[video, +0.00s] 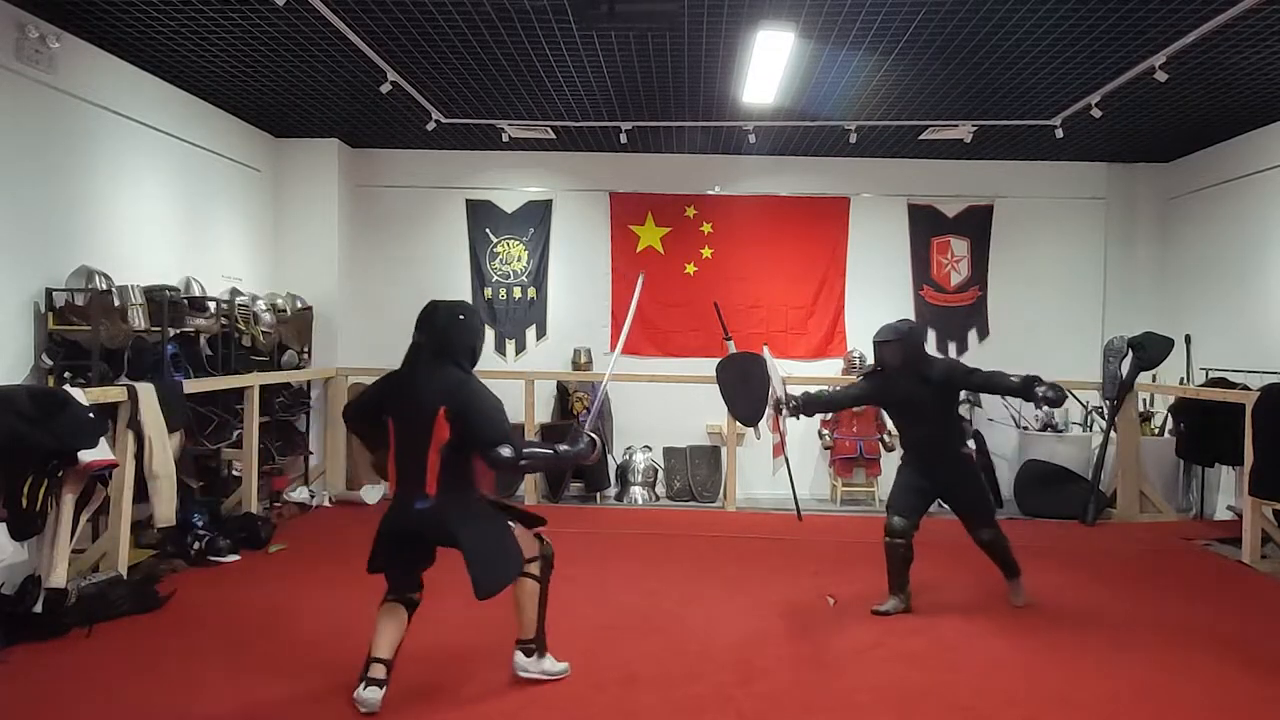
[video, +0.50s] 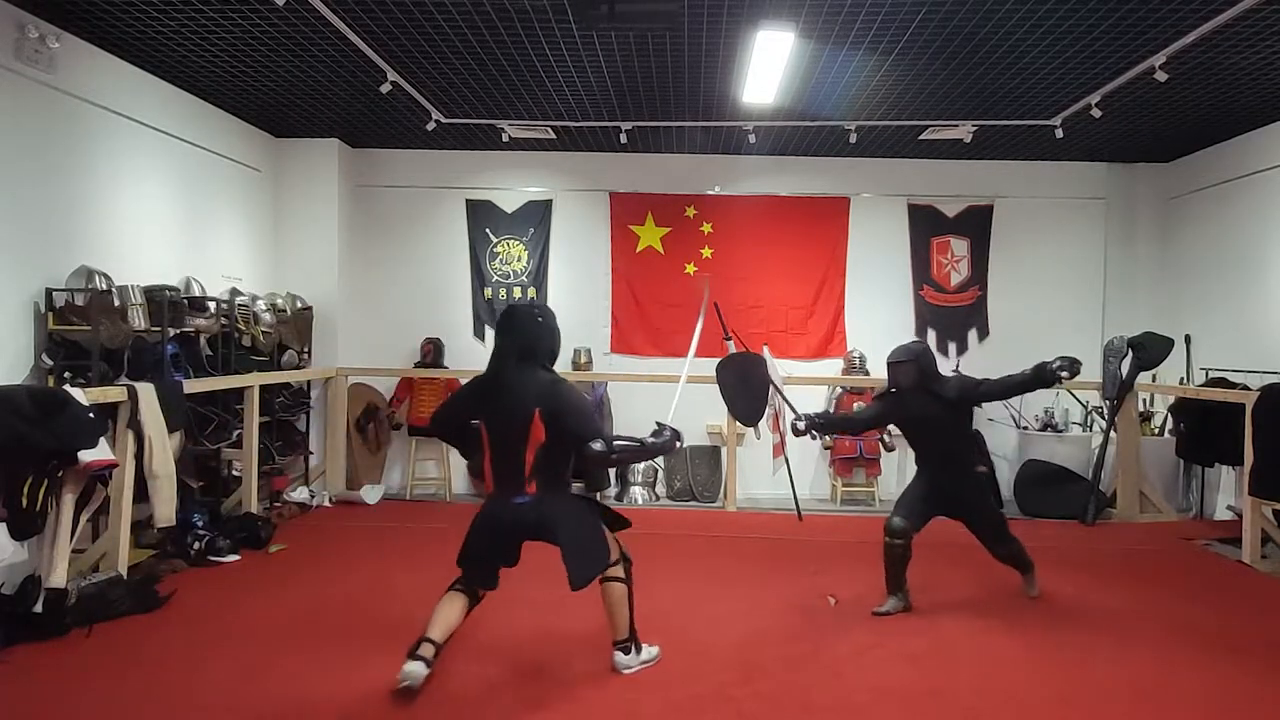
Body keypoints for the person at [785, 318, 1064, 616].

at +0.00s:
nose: (881, 354)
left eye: (887, 348)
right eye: (880, 348)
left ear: (908, 348)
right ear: (881, 351)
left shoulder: (942, 371)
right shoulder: (880, 382)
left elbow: (985, 380)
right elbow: (841, 397)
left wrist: (1028, 388)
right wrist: (798, 403)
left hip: (955, 463)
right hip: (915, 466)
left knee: (985, 534)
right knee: (896, 528)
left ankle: (1013, 577)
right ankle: (899, 596)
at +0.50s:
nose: (896, 375)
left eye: (903, 368)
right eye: (893, 369)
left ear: (921, 368)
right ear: (893, 372)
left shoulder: (954, 390)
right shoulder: (893, 402)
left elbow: (999, 388)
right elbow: (858, 421)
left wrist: (1042, 374)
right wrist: (818, 421)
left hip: (969, 478)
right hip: (929, 478)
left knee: (1000, 544)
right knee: (897, 529)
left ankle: (1028, 571)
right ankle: (897, 595)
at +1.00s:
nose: (942, 362)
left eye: (948, 355)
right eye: (940, 355)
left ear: (967, 354)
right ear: (938, 357)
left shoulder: (1002, 377)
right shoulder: (944, 393)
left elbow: (1048, 375)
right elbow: (924, 428)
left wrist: (1091, 364)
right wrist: (895, 450)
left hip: (1012, 462)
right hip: (973, 465)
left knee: (1033, 529)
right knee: (957, 523)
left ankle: (1032, 573)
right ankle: (963, 580)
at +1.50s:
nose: (1007, 357)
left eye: (1012, 350)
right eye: (1004, 351)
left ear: (1029, 350)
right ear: (1003, 353)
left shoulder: (1063, 374)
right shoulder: (1005, 387)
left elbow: (1101, 380)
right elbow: (991, 424)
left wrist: (1131, 378)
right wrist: (965, 418)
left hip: (1064, 461)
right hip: (1025, 460)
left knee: (1071, 526)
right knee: (1002, 516)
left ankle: (1083, 569)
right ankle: (985, 572)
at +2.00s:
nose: (1083, 377)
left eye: (1087, 369)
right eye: (1077, 370)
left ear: (1102, 366)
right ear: (1069, 369)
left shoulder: (1126, 389)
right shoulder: (1062, 398)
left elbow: (1169, 408)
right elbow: (1029, 423)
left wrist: (1172, 399)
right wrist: (992, 438)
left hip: (1120, 476)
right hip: (1081, 476)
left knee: (1137, 528)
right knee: (1055, 523)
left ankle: (1156, 568)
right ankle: (1020, 572)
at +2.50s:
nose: (1032, 368)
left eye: (1037, 362)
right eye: (1028, 362)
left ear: (1052, 365)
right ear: (1023, 368)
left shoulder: (1082, 388)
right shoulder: (1018, 398)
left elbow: (1136, 394)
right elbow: (983, 425)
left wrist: (1130, 389)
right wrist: (958, 415)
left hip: (1083, 474)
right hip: (1042, 474)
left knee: (1117, 524)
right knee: (1012, 518)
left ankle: (1153, 566)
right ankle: (1000, 571)